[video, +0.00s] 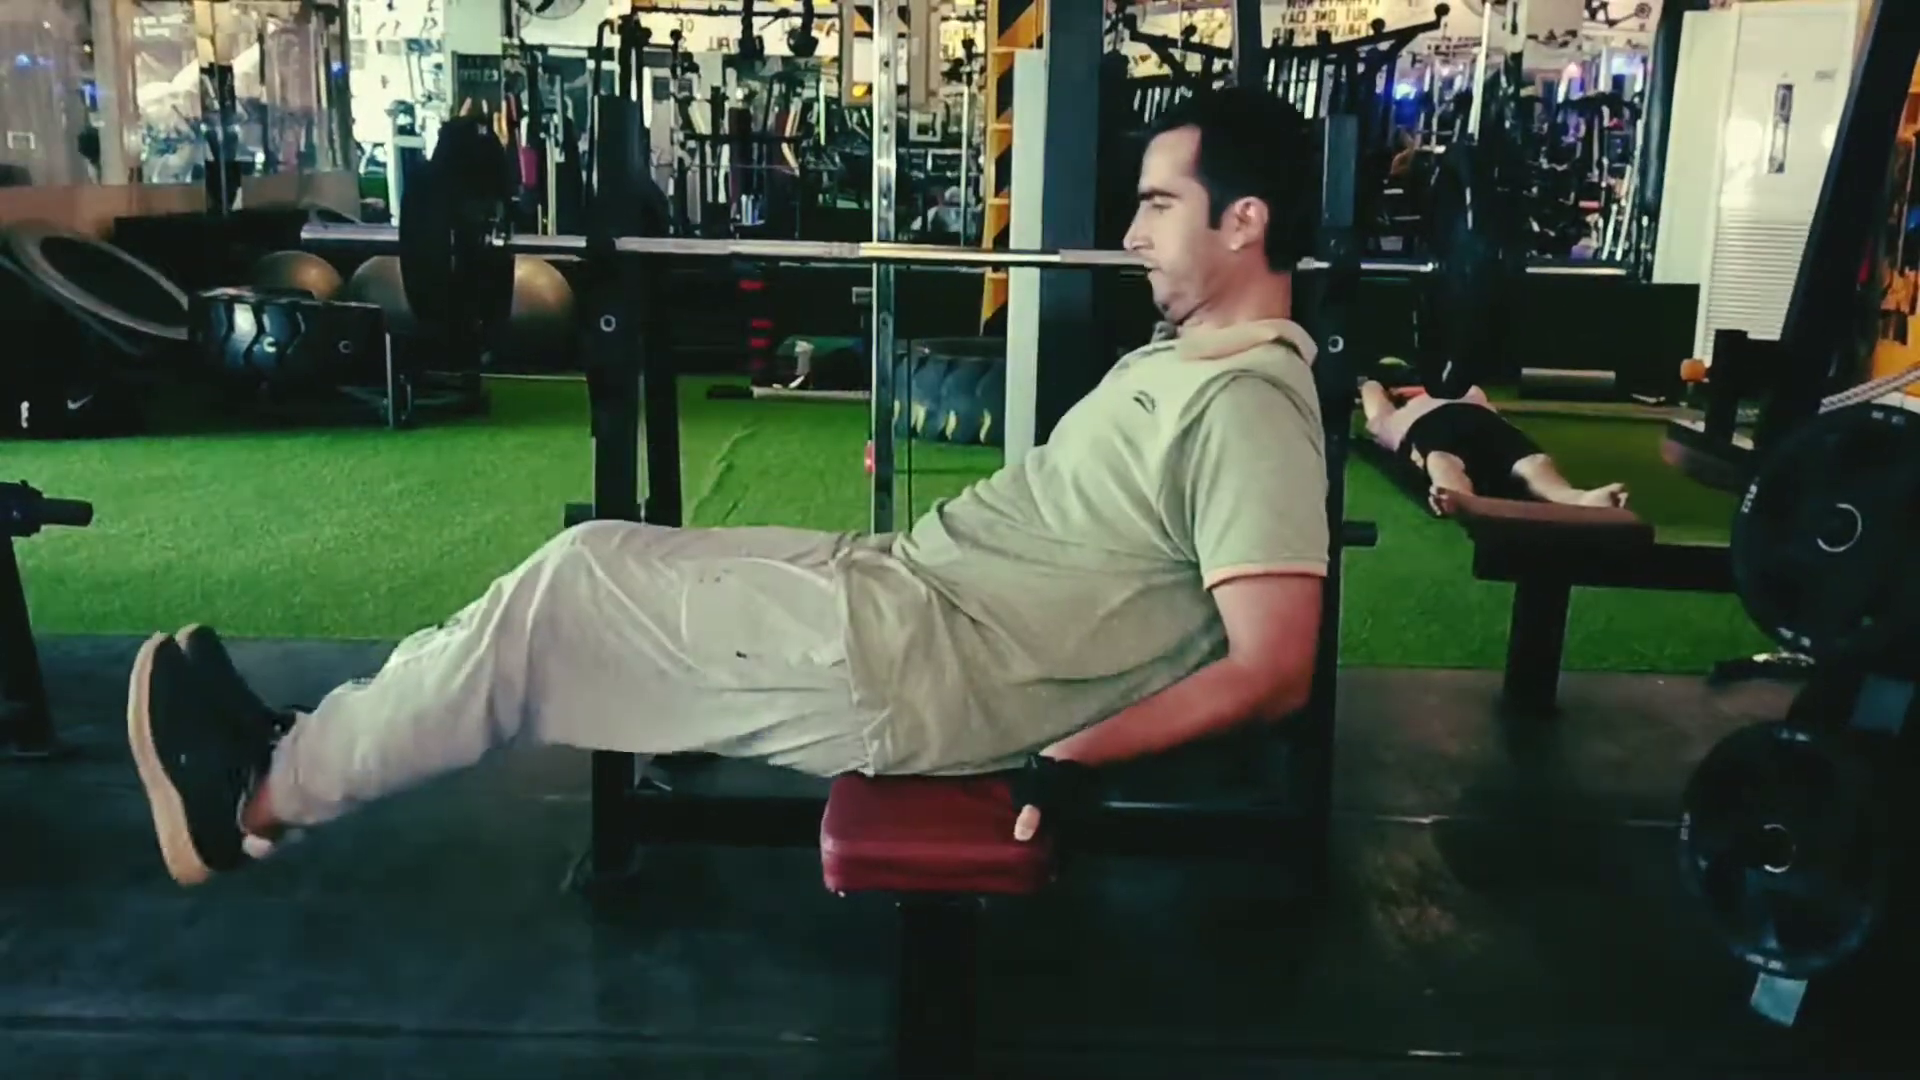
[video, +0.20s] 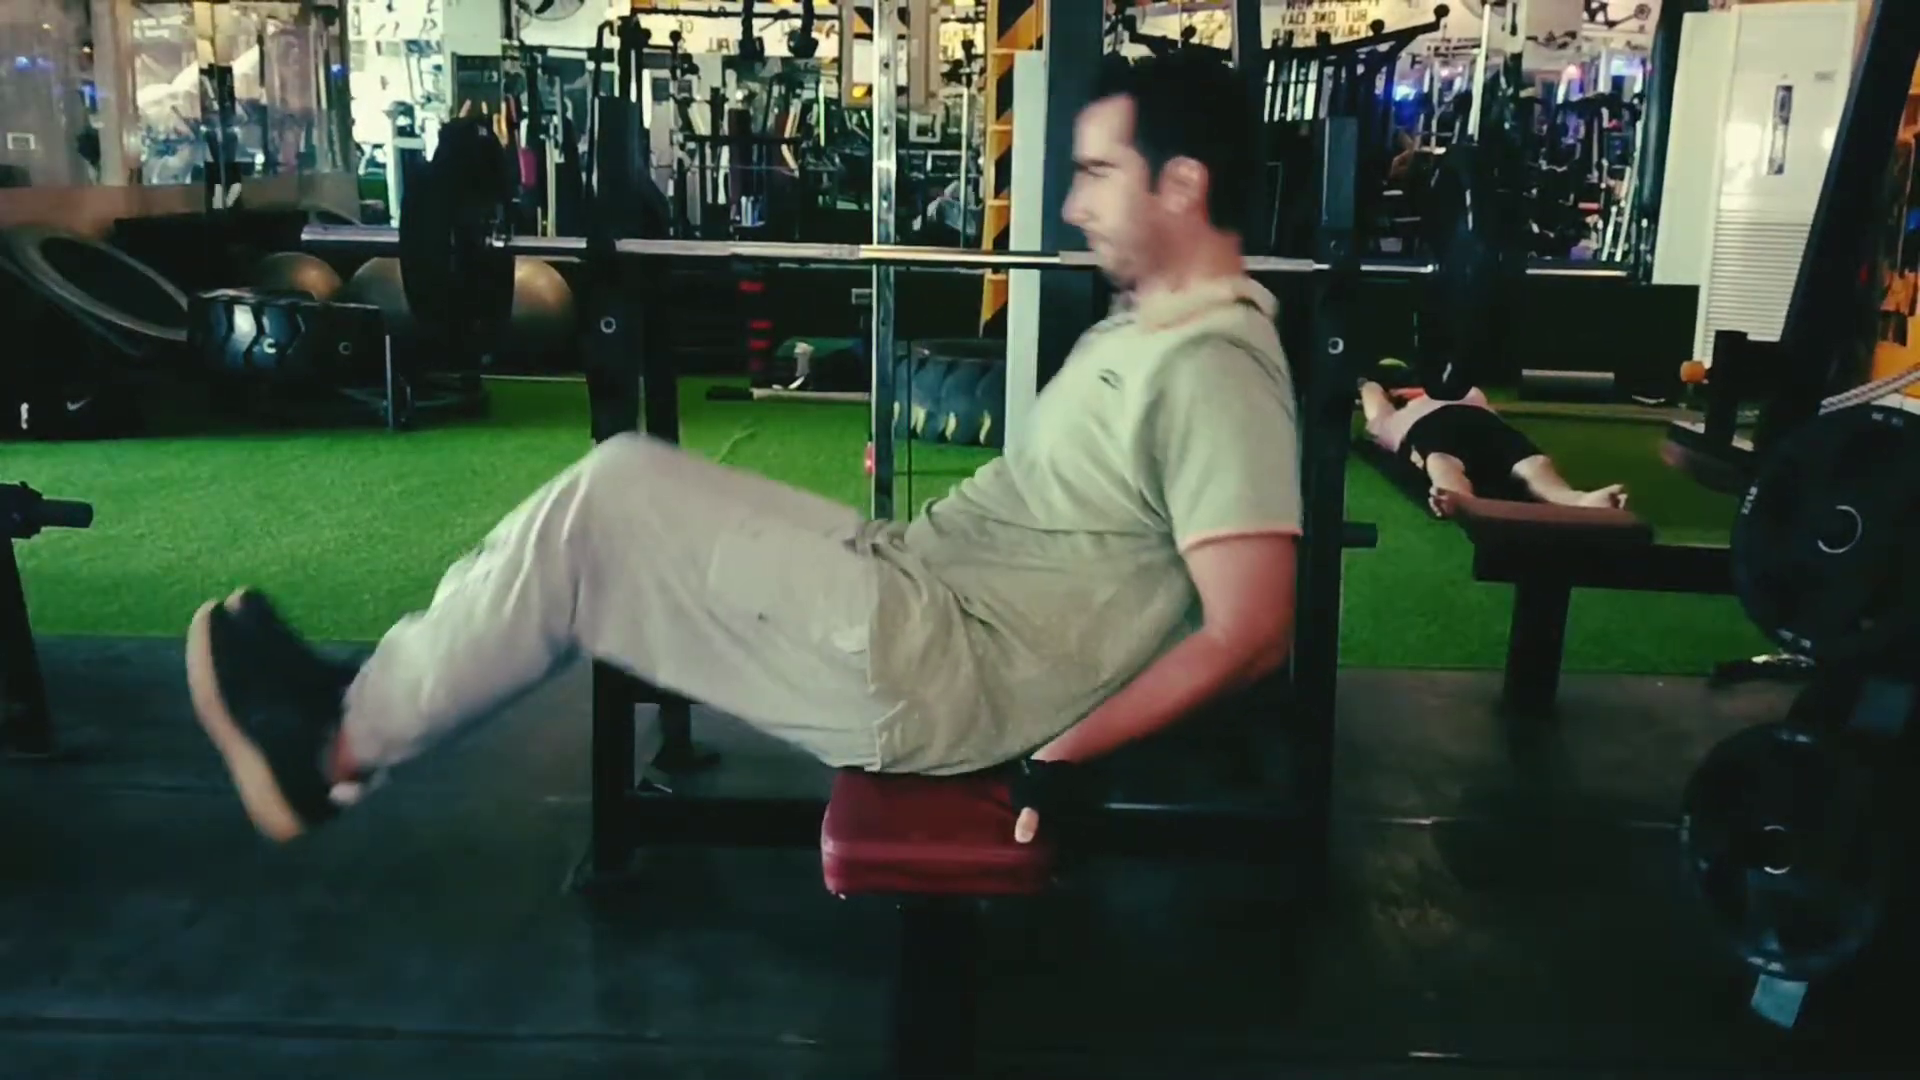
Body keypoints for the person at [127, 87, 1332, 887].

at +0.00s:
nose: (1137, 234)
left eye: (1161, 208)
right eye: (1141, 208)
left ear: (1249, 226)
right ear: (1229, 231)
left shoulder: (1252, 393)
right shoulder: (1191, 363)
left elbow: (1271, 667)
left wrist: (1058, 761)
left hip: (931, 661)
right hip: (903, 590)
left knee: (566, 603)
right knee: (587, 559)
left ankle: (250, 810)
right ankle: (287, 762)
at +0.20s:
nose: (1078, 203)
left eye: (1100, 176)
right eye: (1080, 177)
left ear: (1191, 187)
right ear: (1162, 191)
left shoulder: (1215, 358)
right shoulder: (1157, 328)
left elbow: (1250, 630)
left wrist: (1057, 751)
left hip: (954, 667)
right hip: (924, 610)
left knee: (611, 501)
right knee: (614, 492)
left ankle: (330, 750)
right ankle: (347, 722)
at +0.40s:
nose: (895, 185)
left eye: (908, 151)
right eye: (891, 154)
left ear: (990, 150)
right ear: (987, 152)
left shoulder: (1079, 312)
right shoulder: (1018, 295)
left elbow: (1192, 576)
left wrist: (1039, 758)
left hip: (948, 689)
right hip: (919, 658)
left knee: (747, 348)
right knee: (736, 348)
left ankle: (501, 637)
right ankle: (506, 608)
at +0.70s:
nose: (984, 199)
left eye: (1000, 169)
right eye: (984, 171)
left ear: (1087, 177)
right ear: (1083, 177)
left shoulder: (1131, 345)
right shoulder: (1083, 312)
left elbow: (1229, 612)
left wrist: (1042, 754)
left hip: (942, 687)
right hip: (918, 618)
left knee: (616, 463)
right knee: (642, 431)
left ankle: (374, 745)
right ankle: (394, 704)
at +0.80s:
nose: (1069, 228)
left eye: (1090, 200)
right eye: (1069, 201)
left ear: (1179, 209)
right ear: (1151, 212)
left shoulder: (1192, 375)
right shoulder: (1145, 348)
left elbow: (1258, 646)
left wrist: (1059, 763)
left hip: (931, 683)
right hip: (899, 612)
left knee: (564, 559)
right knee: (581, 531)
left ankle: (267, 814)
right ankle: (299, 776)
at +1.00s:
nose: (1106, 237)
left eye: (1129, 209)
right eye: (1111, 211)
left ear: (1216, 227)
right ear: (1206, 229)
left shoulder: (1222, 391)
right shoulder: (1182, 357)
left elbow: (1264, 663)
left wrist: (1058, 769)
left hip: (912, 678)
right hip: (882, 601)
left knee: (552, 628)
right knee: (574, 575)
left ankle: (254, 856)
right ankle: (293, 810)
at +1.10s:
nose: (1049, 215)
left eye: (1067, 187)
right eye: (1048, 188)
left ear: (1153, 198)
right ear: (1133, 201)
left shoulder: (1187, 366)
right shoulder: (1129, 339)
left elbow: (1237, 631)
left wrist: (1059, 758)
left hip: (939, 680)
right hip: (904, 605)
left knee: (588, 547)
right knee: (595, 521)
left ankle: (320, 807)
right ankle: (342, 776)